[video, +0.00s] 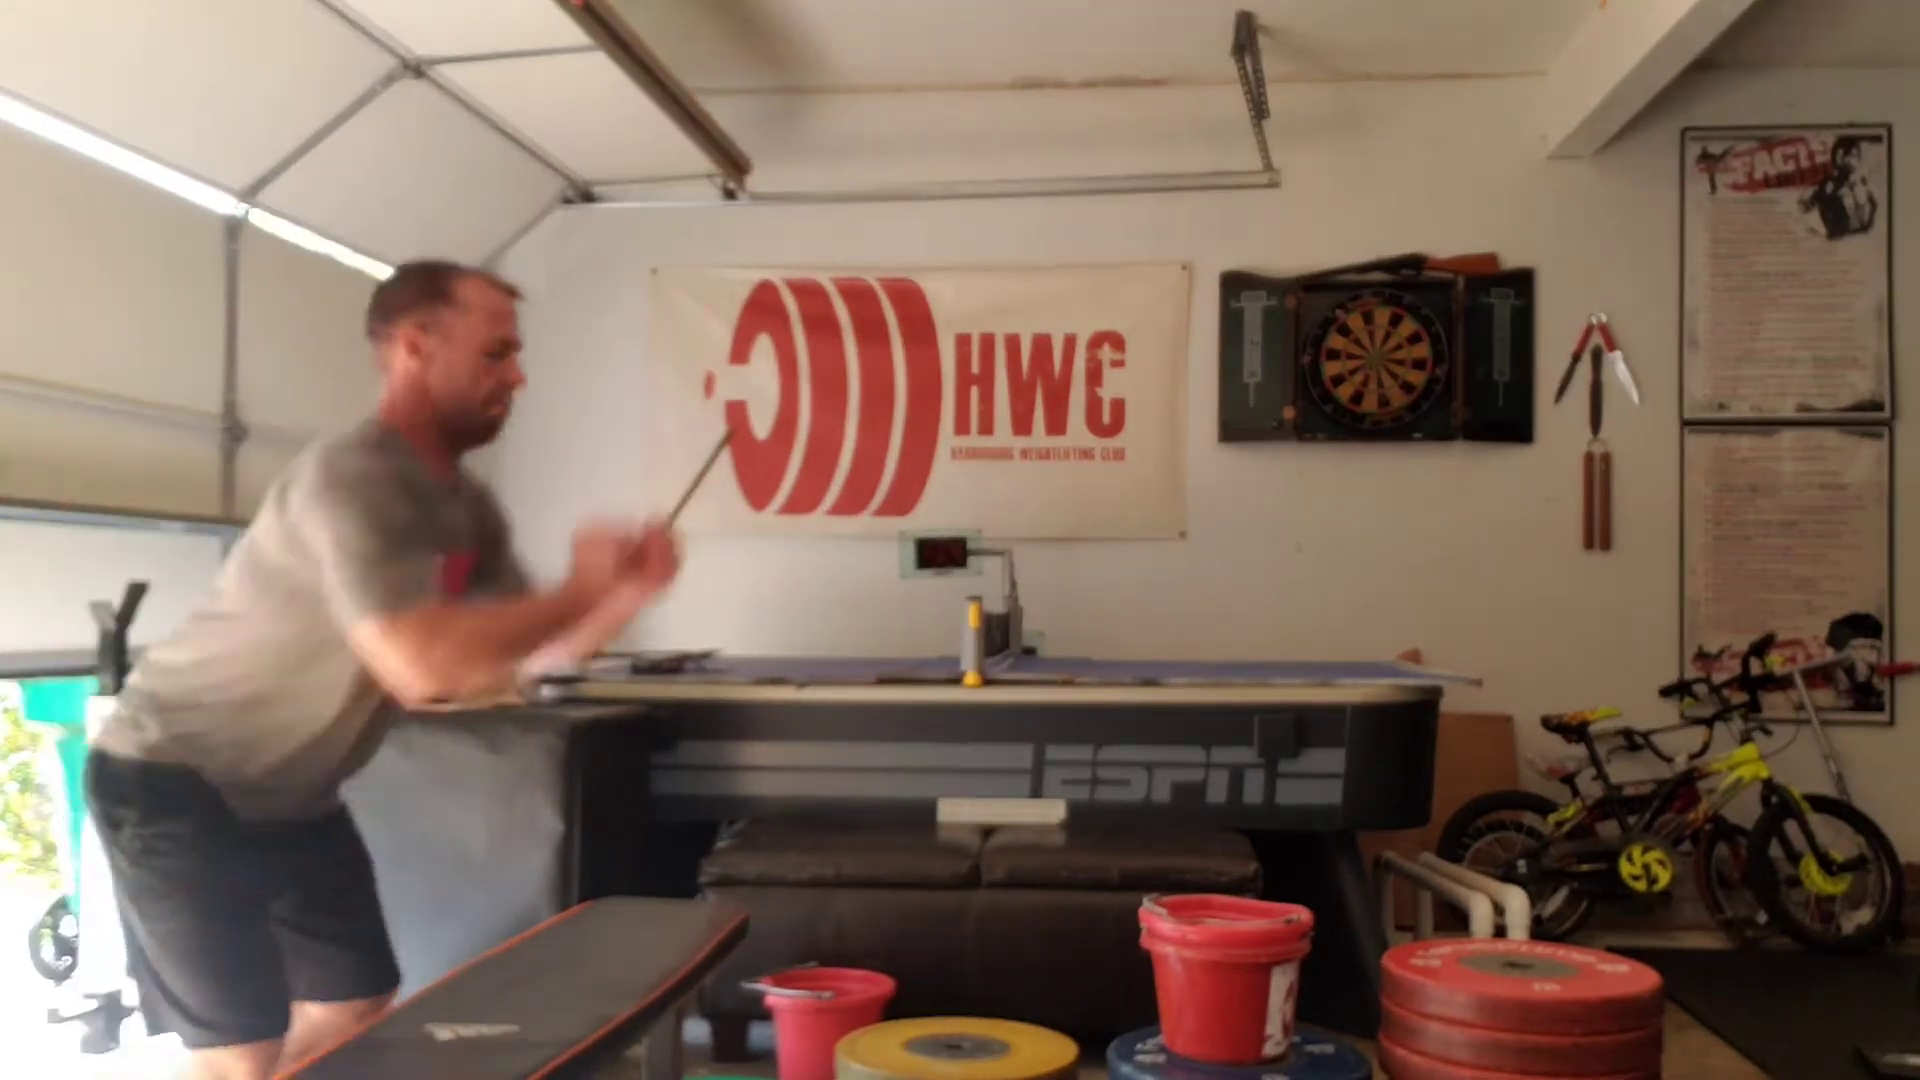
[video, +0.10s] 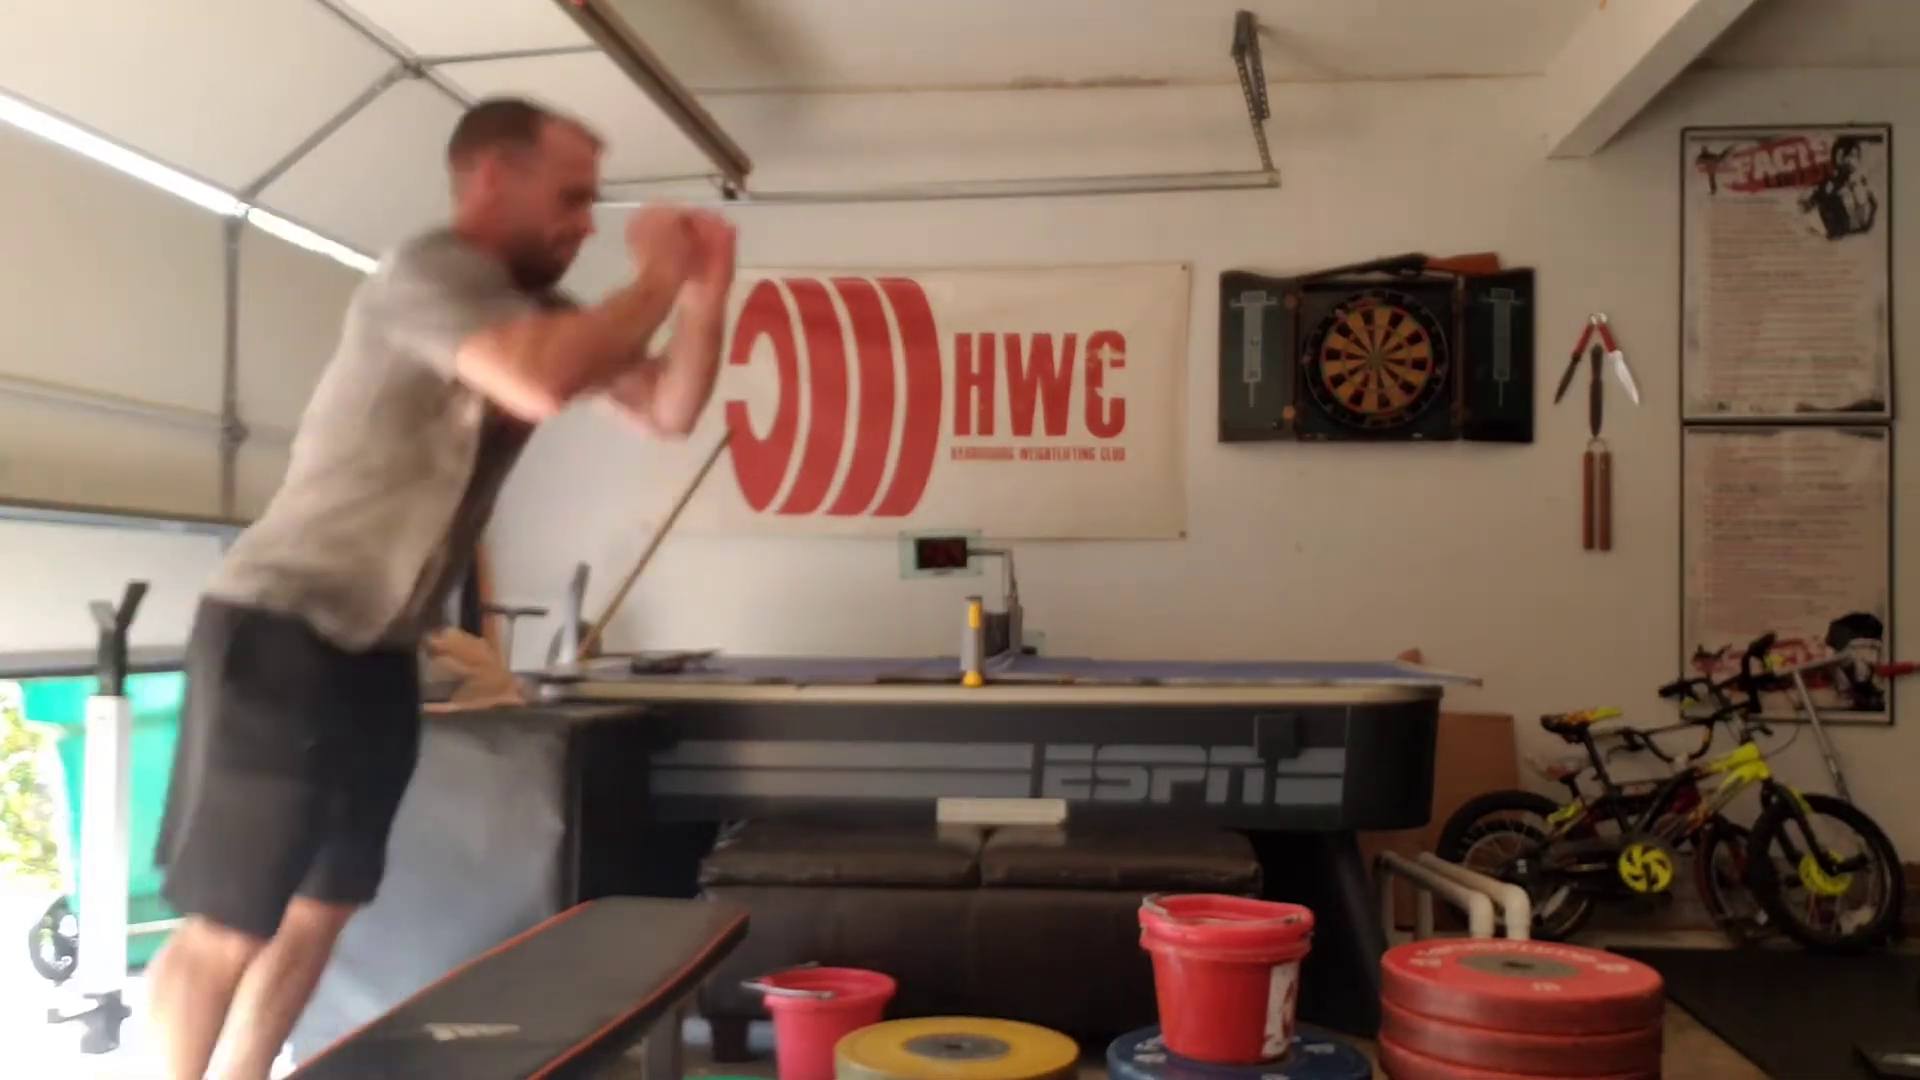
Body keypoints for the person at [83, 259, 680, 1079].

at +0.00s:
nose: (516, 380)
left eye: (515, 357)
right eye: (495, 354)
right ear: (412, 347)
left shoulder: (470, 509)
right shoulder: (343, 479)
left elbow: (525, 653)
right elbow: (420, 667)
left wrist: (622, 597)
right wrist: (573, 595)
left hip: (291, 780)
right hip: (168, 769)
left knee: (351, 1007)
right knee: (239, 1046)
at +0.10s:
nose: (588, 220)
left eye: (592, 202)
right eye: (573, 196)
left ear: (504, 184)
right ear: (491, 176)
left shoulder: (528, 315)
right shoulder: (427, 272)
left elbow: (666, 406)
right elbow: (537, 382)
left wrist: (705, 294)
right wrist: (653, 284)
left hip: (378, 650)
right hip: (277, 626)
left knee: (318, 911)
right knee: (227, 924)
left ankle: (235, 1078)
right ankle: (180, 1076)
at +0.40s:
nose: (843, 65)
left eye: (845, 42)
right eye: (831, 34)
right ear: (751, 15)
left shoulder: (754, 207)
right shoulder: (660, 113)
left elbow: (774, 382)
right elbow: (585, 289)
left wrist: (881, 468)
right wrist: (748, 361)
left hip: (584, 408)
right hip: (477, 389)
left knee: (788, 526)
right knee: (688, 501)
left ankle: (765, 804)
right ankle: (688, 787)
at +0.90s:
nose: (950, 171)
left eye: (964, 151)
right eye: (921, 156)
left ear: (991, 174)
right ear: (877, 188)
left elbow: (1112, 509)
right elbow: (777, 523)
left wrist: (1143, 513)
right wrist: (901, 571)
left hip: (1051, 710)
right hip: (897, 711)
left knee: (1101, 990)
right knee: (918, 1020)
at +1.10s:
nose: (924, 196)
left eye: (947, 172)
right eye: (916, 177)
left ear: (1026, 172)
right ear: (909, 190)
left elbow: (1226, 507)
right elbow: (865, 534)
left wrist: (1130, 571)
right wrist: (866, 581)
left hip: (1085, 751)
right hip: (941, 749)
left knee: (1132, 1040)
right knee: (921, 1020)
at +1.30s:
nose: (929, 207)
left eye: (942, 180)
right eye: (927, 185)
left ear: (1015, 168)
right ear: (1004, 175)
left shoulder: (1096, 312)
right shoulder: (1008, 332)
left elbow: (1150, 506)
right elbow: (1016, 534)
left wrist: (966, 589)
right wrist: (911, 614)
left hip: (1114, 744)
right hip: (1019, 736)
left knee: (1155, 1029)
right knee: (947, 959)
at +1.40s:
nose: (920, 219)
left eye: (930, 190)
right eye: (918, 196)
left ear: (1002, 175)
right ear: (1003, 181)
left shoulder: (1064, 321)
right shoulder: (1014, 327)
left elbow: (1068, 524)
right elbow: (1037, 545)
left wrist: (880, 591)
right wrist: (922, 629)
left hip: (1104, 737)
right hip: (1032, 727)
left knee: (1149, 1037)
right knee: (973, 962)